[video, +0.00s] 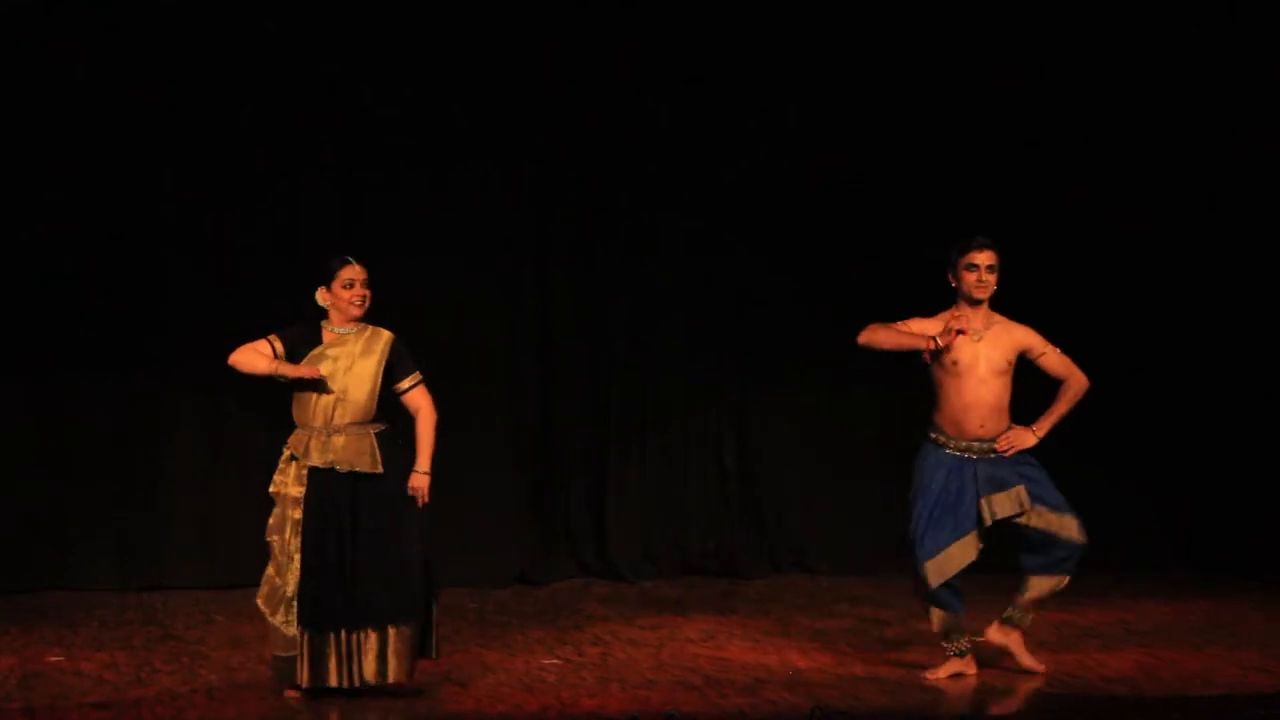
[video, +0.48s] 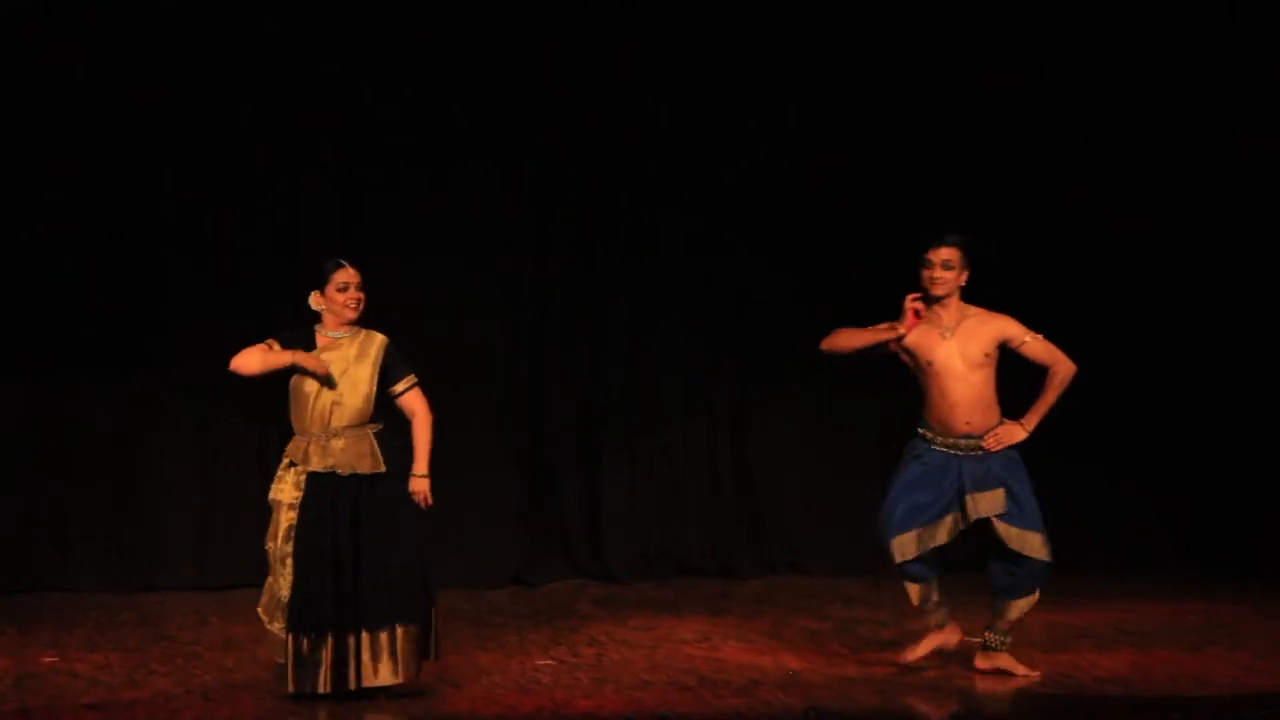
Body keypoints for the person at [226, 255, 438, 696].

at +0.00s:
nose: (360, 293)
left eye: (364, 286)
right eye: (349, 286)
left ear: (370, 294)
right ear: (325, 294)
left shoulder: (384, 345)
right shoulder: (304, 337)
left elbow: (424, 408)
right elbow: (239, 357)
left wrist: (422, 469)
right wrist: (286, 369)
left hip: (367, 470)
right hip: (310, 469)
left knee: (371, 568)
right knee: (307, 569)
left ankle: (373, 672)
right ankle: (306, 673)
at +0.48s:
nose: (355, 296)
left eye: (359, 289)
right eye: (344, 289)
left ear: (364, 296)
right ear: (319, 298)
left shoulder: (376, 347)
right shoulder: (298, 344)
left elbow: (420, 411)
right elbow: (240, 363)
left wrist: (420, 472)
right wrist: (298, 358)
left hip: (365, 471)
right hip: (309, 472)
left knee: (370, 568)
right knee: (312, 570)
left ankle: (372, 673)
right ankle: (316, 673)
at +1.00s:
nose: (305, 304)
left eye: (314, 296)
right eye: (297, 296)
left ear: (332, 303)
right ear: (289, 303)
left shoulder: (357, 352)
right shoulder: (276, 348)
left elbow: (406, 404)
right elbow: (213, 378)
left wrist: (378, 445)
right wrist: (257, 375)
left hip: (337, 478)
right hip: (280, 476)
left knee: (337, 576)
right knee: (280, 576)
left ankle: (337, 675)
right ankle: (282, 676)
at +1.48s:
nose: (350, 300)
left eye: (355, 293)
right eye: (340, 292)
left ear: (362, 300)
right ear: (316, 299)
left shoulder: (377, 350)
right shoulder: (297, 345)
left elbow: (417, 411)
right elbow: (240, 364)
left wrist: (424, 473)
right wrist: (294, 358)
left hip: (363, 473)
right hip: (306, 472)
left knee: (367, 569)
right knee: (304, 570)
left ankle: (364, 672)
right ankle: (303, 673)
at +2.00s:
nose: (319, 297)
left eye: (328, 289)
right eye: (312, 290)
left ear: (346, 295)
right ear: (302, 296)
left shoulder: (369, 346)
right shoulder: (289, 343)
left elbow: (417, 400)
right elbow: (225, 370)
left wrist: (394, 445)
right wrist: (276, 366)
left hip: (350, 473)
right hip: (292, 471)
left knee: (355, 568)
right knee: (296, 572)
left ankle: (360, 671)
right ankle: (300, 678)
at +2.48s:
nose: (335, 296)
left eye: (342, 289)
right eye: (326, 289)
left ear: (351, 297)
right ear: (308, 295)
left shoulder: (373, 346)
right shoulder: (291, 342)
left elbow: (418, 403)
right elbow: (231, 371)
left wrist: (405, 457)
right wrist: (278, 371)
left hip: (354, 472)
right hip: (297, 470)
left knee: (357, 570)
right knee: (292, 570)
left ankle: (354, 671)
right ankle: (290, 675)